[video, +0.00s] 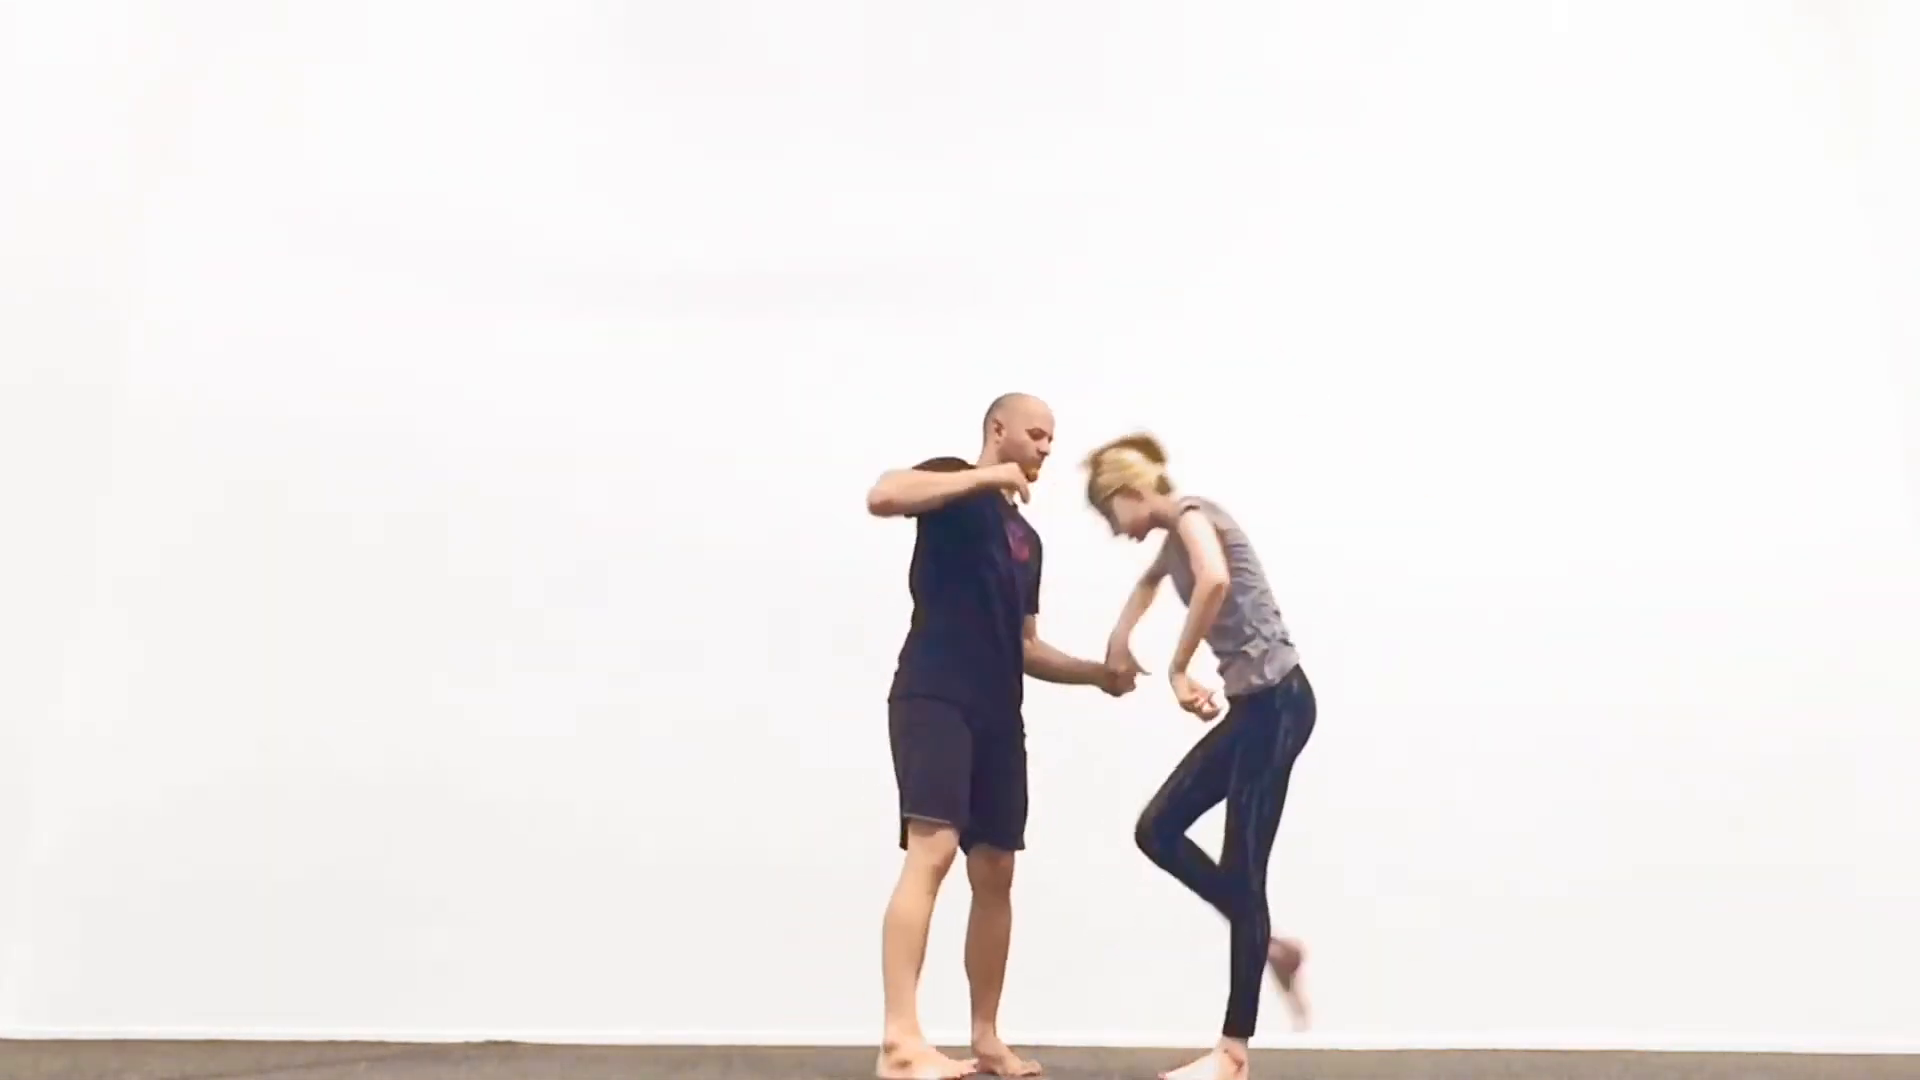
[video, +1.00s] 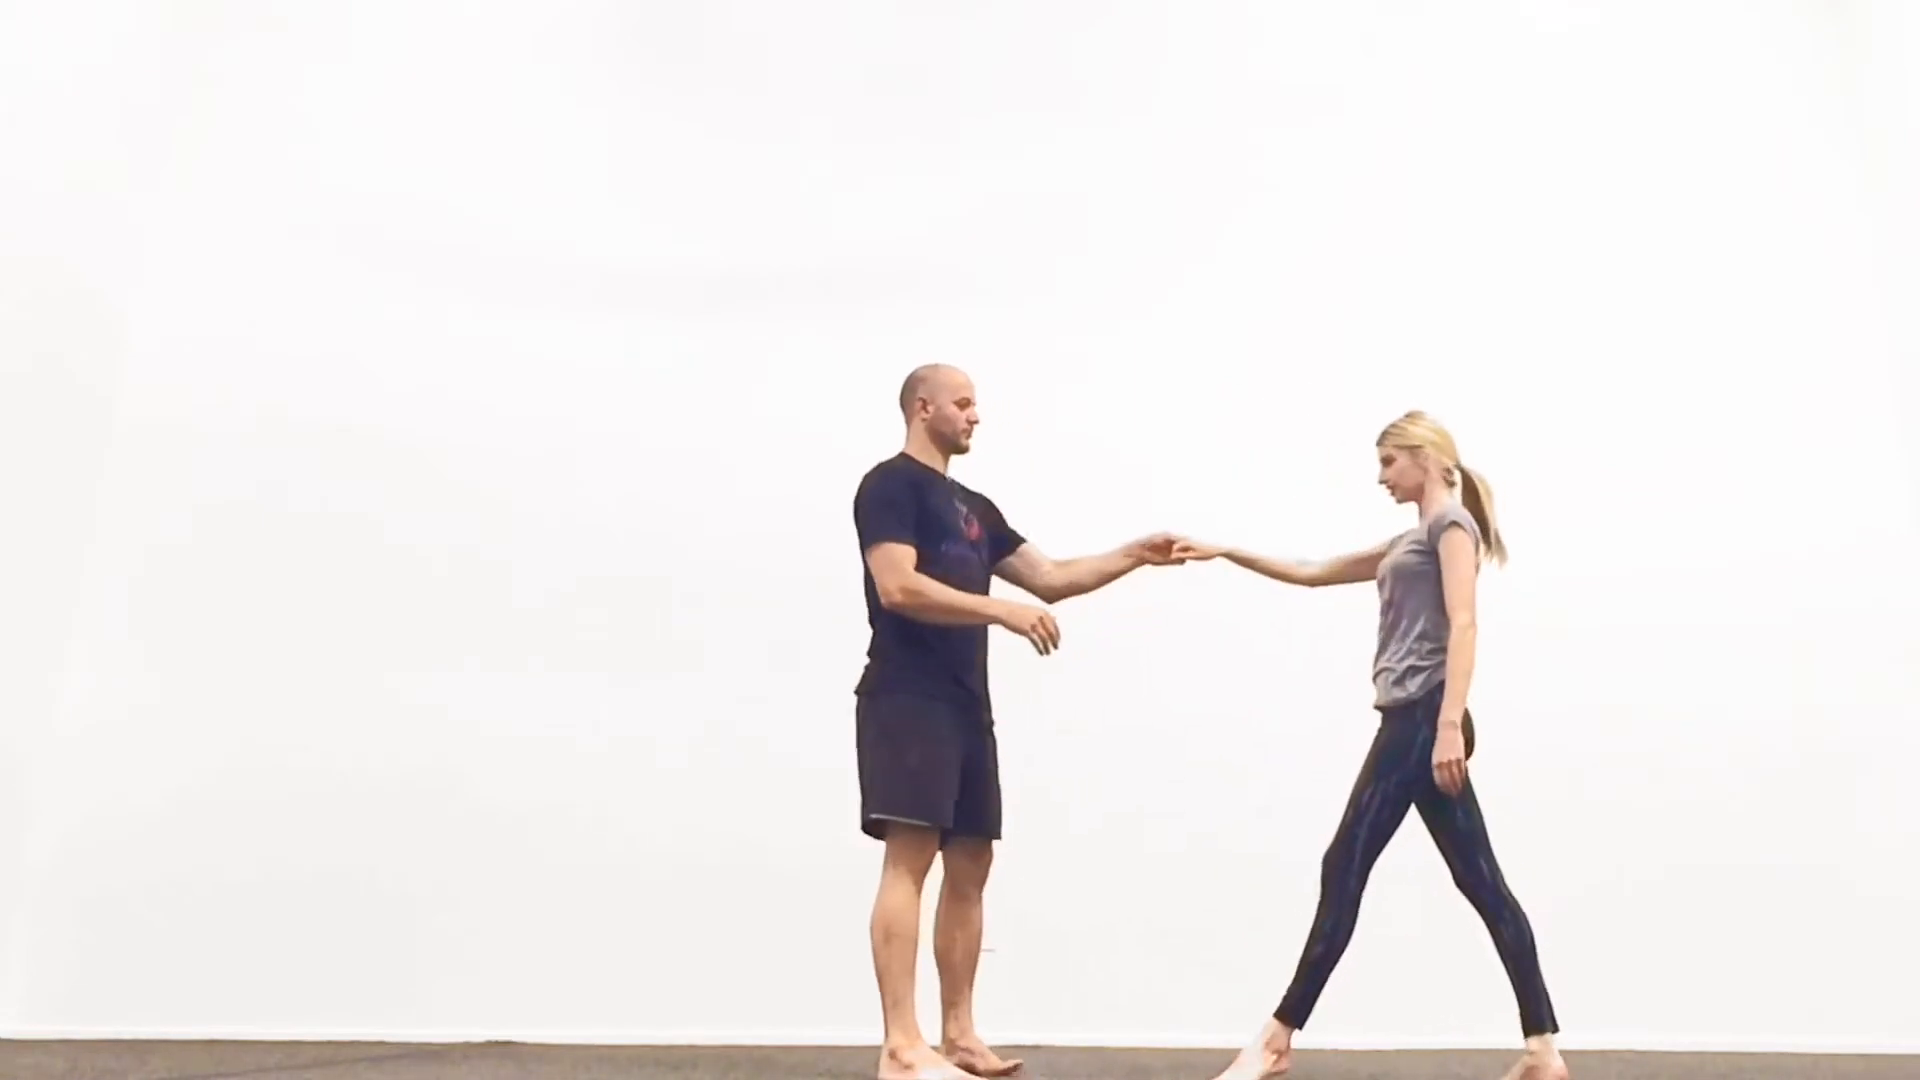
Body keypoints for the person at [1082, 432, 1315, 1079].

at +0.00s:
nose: (1112, 524)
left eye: (1110, 508)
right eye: (1105, 513)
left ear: (1136, 490)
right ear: (1139, 491)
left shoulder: (1191, 517)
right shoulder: (1183, 529)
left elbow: (1215, 581)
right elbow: (1151, 580)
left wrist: (1179, 667)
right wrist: (1118, 639)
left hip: (1277, 702)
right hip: (1252, 705)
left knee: (1245, 876)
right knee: (1157, 833)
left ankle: (1233, 1052)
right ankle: (1271, 947)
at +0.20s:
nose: (1204, 474)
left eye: (1209, 458)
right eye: (1202, 461)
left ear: (1243, 454)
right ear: (1244, 458)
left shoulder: (1286, 512)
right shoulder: (1260, 523)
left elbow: (1326, 596)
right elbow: (1212, 586)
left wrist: (1272, 673)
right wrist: (1148, 604)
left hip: (1296, 704)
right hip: (1293, 705)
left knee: (1258, 874)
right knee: (1305, 884)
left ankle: (1234, 1051)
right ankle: (1450, 985)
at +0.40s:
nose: (1290, 474)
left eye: (1298, 461)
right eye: (1289, 464)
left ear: (1338, 464)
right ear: (1329, 469)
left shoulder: (1366, 533)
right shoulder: (1336, 549)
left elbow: (1406, 630)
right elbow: (1258, 614)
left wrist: (1415, 732)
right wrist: (1175, 596)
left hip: (1374, 721)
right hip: (1385, 720)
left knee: (1303, 868)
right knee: (1446, 886)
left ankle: (1239, 1046)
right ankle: (1529, 1040)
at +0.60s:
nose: (1352, 474)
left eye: (1359, 461)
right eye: (1350, 464)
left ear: (1396, 459)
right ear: (1385, 466)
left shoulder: (1426, 534)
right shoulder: (1394, 546)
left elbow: (1456, 633)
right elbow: (1306, 605)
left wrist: (1466, 733)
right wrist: (1213, 589)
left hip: (1419, 719)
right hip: (1432, 719)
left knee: (1344, 866)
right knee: (1492, 887)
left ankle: (1276, 1037)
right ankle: (1542, 1049)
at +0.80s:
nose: (1390, 478)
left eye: (1397, 464)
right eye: (1389, 467)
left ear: (1434, 463)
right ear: (1427, 468)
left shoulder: (1458, 530)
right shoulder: (1423, 545)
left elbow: (1473, 629)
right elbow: (1320, 570)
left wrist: (1468, 734)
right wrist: (1228, 555)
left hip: (1431, 721)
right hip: (1441, 719)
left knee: (1361, 869)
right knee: (1503, 887)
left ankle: (1279, 1029)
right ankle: (1544, 1048)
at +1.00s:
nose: (1383, 474)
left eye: (1390, 460)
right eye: (1382, 463)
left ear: (1429, 460)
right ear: (1422, 464)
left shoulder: (1451, 528)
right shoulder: (1412, 541)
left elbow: (1464, 626)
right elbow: (1310, 571)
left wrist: (1449, 723)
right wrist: (1221, 551)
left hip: (1417, 717)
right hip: (1419, 717)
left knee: (1344, 864)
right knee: (1484, 884)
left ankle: (1277, 1038)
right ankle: (1542, 1045)